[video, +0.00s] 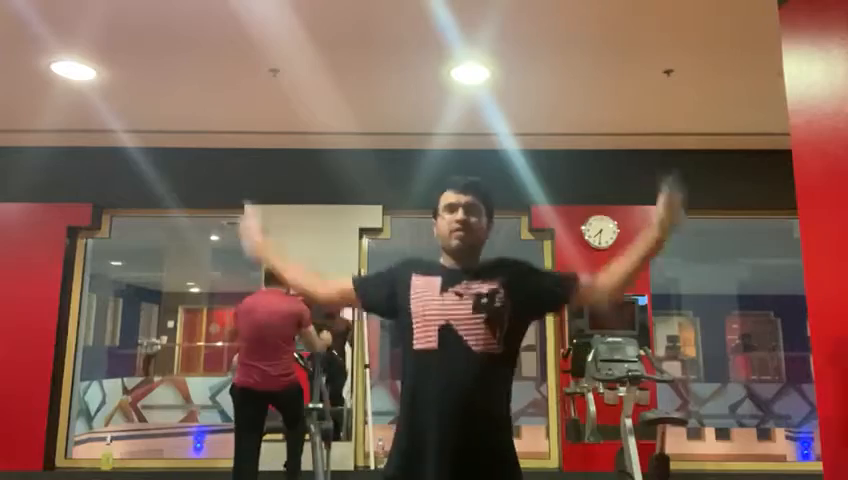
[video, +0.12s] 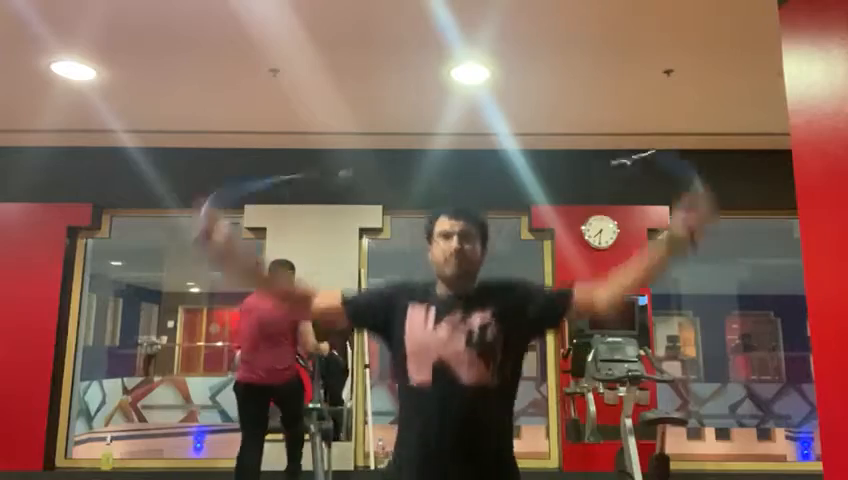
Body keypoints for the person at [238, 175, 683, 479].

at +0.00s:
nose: (460, 219)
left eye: (472, 212)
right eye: (451, 211)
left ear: (488, 226)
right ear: (434, 223)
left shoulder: (514, 279)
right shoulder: (405, 278)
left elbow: (600, 292)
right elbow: (327, 293)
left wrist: (655, 232)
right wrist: (264, 251)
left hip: (487, 460)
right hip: (414, 457)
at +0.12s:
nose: (457, 246)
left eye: (469, 238)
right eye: (447, 237)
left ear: (484, 252)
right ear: (428, 249)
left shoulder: (514, 301)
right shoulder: (398, 302)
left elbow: (604, 300)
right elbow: (307, 303)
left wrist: (673, 240)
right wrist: (239, 259)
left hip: (490, 470)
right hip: (415, 469)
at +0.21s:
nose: (452, 271)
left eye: (463, 263)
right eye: (441, 262)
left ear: (480, 276)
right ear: (425, 274)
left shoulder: (511, 333)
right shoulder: (394, 333)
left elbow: (588, 356)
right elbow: (316, 359)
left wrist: (660, 348)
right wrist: (247, 354)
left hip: (489, 473)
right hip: (414, 473)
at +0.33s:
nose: (447, 281)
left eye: (458, 273)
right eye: (437, 272)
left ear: (475, 288)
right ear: (420, 284)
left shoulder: (503, 350)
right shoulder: (389, 351)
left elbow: (575, 410)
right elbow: (317, 417)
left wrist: (647, 461)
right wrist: (235, 462)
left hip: (482, 474)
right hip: (409, 472)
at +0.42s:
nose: (443, 231)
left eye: (454, 222)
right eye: (434, 221)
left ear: (471, 234)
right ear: (418, 232)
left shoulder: (503, 303)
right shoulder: (390, 307)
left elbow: (556, 387)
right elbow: (328, 396)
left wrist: (623, 465)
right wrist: (248, 465)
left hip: (482, 468)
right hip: (408, 468)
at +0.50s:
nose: (442, 185)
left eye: (453, 178)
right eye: (432, 177)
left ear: (469, 193)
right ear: (416, 193)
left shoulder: (499, 257)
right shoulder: (389, 260)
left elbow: (542, 363)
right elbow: (347, 356)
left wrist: (594, 430)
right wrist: (283, 431)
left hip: (482, 441)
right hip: (407, 440)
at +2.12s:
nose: (433, 164)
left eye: (445, 156)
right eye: (421, 156)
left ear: (461, 173)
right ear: (404, 171)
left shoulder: (489, 235)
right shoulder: (376, 240)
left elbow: (540, 327)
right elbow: (345, 334)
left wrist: (606, 372)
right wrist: (267, 389)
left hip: (477, 423)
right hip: (398, 424)